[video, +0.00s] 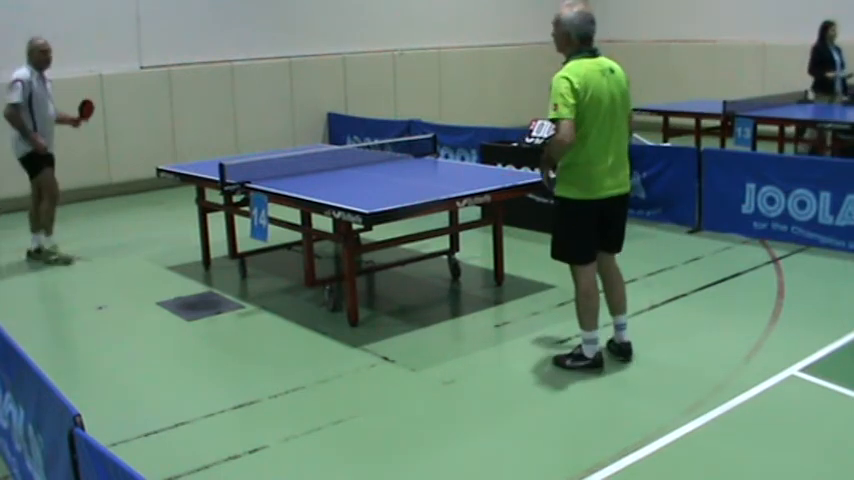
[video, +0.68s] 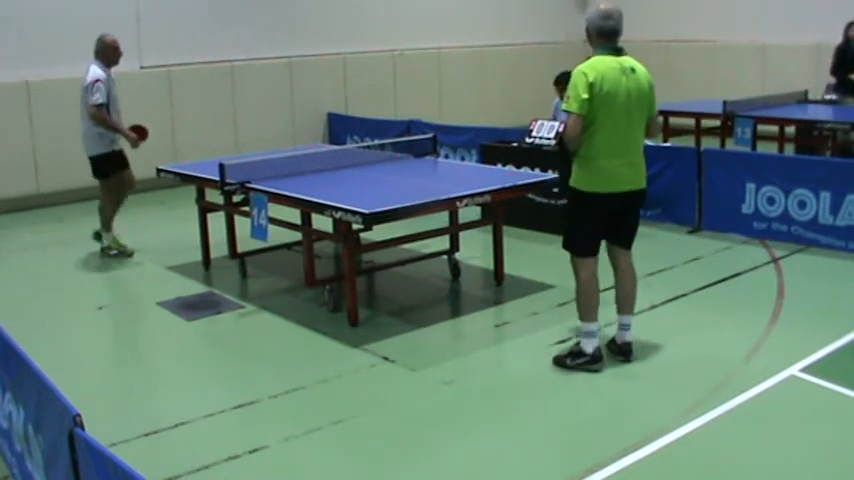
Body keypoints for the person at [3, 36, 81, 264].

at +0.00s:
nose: (48, 56)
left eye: (49, 52)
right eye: (43, 52)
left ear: (50, 55)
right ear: (30, 55)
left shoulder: (44, 79)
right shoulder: (22, 78)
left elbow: (48, 113)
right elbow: (11, 112)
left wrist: (71, 119)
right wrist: (33, 137)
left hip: (43, 146)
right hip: (30, 148)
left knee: (38, 195)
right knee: (51, 192)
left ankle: (36, 246)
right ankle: (47, 245)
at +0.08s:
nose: (54, 57)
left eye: (55, 52)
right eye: (49, 53)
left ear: (56, 55)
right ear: (37, 55)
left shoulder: (49, 79)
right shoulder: (30, 79)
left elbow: (54, 113)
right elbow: (20, 112)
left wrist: (75, 118)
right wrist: (43, 137)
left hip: (49, 146)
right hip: (38, 148)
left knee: (43, 196)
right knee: (62, 191)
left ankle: (36, 245)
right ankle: (72, 246)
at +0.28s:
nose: (77, 59)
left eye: (77, 55)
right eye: (73, 55)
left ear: (70, 58)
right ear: (60, 58)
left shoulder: (65, 80)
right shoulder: (52, 83)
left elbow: (69, 114)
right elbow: (45, 117)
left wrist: (90, 120)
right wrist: (69, 140)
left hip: (63, 149)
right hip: (61, 151)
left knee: (55, 197)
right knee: (84, 192)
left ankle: (38, 243)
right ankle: (104, 242)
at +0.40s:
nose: (93, 57)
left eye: (92, 53)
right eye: (88, 54)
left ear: (80, 57)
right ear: (76, 57)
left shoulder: (79, 79)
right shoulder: (68, 83)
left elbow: (84, 111)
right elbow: (62, 118)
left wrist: (101, 127)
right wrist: (86, 141)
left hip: (80, 146)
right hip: (75, 148)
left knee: (76, 193)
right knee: (94, 190)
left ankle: (46, 235)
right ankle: (106, 242)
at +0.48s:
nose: (102, 56)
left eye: (101, 52)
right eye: (97, 53)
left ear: (90, 56)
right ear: (85, 56)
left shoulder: (88, 78)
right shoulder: (78, 81)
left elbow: (91, 112)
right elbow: (73, 116)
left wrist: (107, 128)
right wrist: (99, 141)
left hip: (88, 143)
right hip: (82, 146)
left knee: (94, 191)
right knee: (97, 191)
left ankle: (59, 227)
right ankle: (106, 242)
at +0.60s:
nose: (113, 54)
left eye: (112, 50)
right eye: (109, 50)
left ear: (100, 53)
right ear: (97, 53)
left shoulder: (97, 75)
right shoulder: (90, 79)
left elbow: (99, 113)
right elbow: (89, 114)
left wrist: (117, 130)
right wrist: (116, 136)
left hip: (99, 143)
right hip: (92, 145)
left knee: (114, 184)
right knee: (105, 189)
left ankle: (84, 224)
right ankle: (108, 241)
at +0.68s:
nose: (120, 53)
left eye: (119, 49)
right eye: (115, 49)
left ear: (104, 52)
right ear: (104, 52)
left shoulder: (103, 74)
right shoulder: (97, 78)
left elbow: (104, 113)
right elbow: (97, 113)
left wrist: (126, 130)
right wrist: (125, 132)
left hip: (108, 144)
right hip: (100, 146)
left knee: (126, 183)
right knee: (111, 189)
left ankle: (104, 227)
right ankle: (108, 239)